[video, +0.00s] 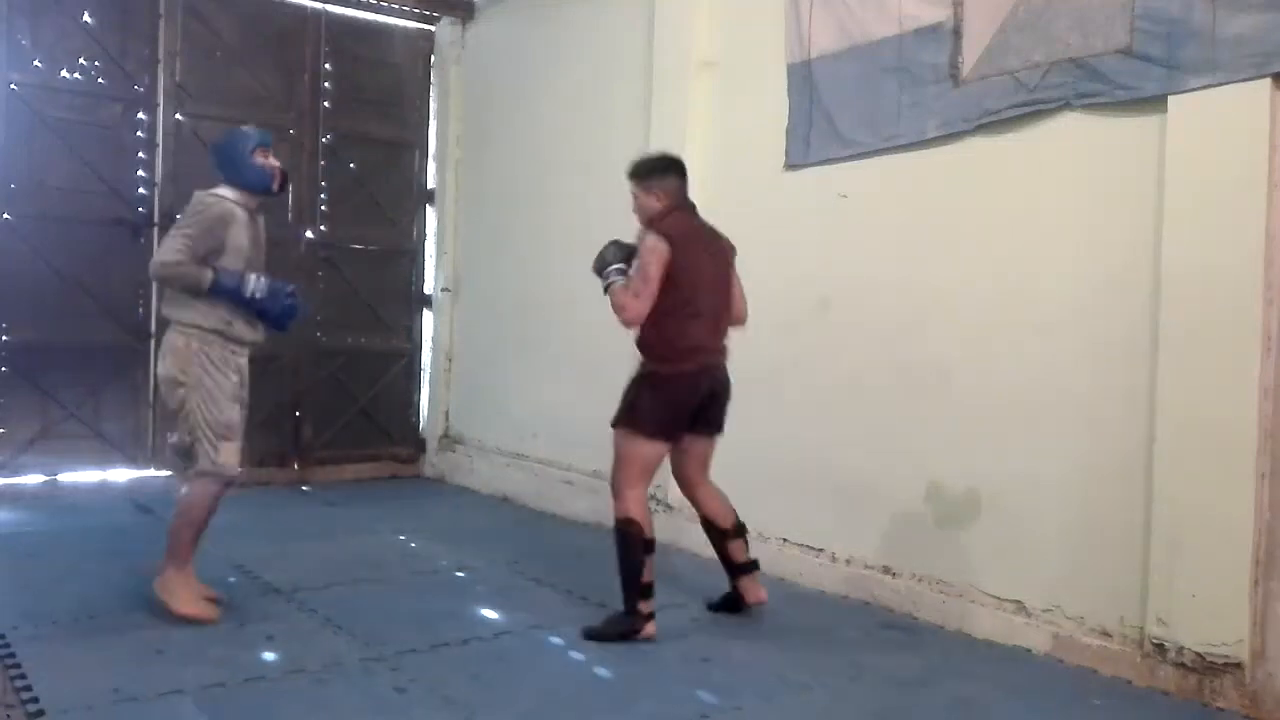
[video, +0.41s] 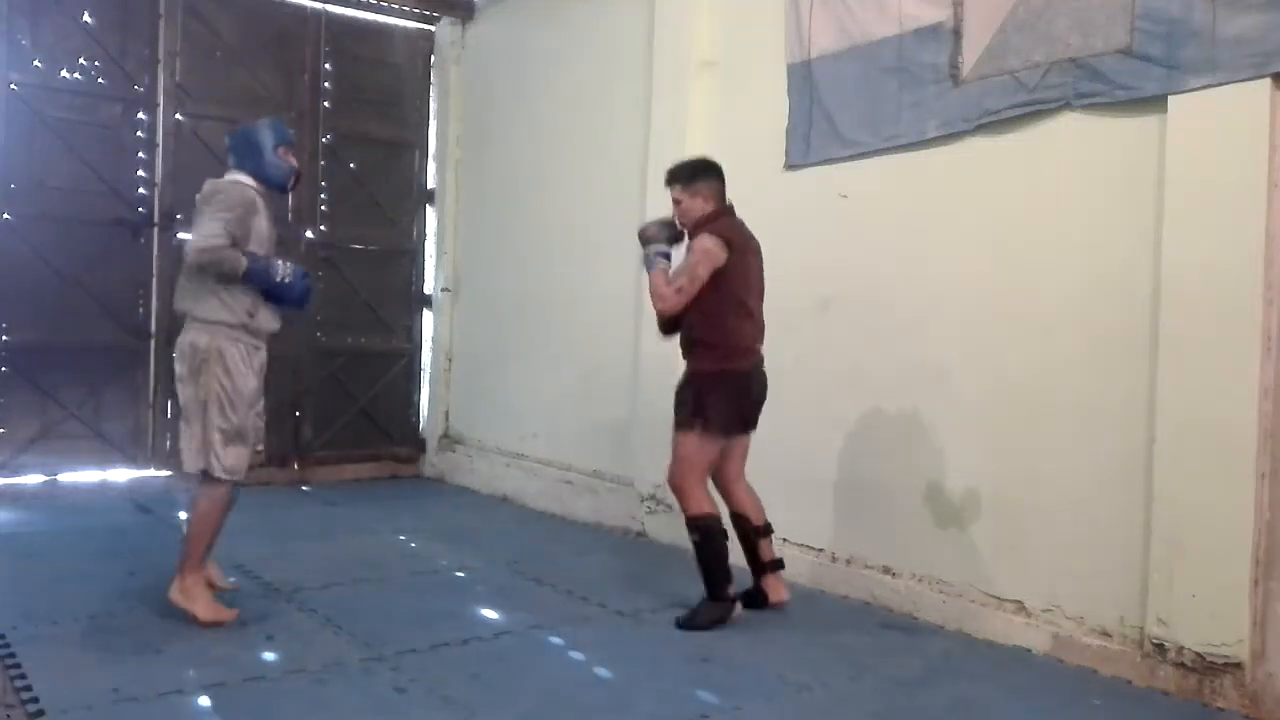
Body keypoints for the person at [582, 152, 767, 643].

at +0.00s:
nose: (634, 208)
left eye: (637, 199)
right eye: (633, 199)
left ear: (657, 195)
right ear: (678, 194)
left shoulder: (659, 239)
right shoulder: (715, 240)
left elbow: (632, 313)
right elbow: (737, 314)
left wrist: (613, 274)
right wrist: (678, 300)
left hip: (663, 381)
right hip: (711, 380)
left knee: (629, 487)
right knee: (694, 478)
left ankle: (638, 614)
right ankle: (748, 586)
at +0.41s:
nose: (675, 210)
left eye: (679, 201)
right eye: (673, 202)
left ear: (705, 197)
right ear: (712, 199)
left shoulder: (711, 238)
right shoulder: (740, 234)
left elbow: (667, 303)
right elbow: (705, 298)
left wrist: (656, 256)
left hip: (712, 377)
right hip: (745, 376)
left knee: (686, 479)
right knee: (731, 477)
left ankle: (719, 597)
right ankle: (770, 584)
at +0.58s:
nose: (677, 210)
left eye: (682, 200)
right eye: (676, 201)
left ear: (709, 196)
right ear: (710, 197)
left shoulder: (724, 240)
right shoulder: (736, 232)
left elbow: (731, 311)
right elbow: (731, 302)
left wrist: (679, 295)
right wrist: (685, 301)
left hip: (713, 368)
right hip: (743, 368)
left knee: (657, 457)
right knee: (733, 471)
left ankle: (694, 571)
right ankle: (769, 579)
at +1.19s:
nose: (643, 203)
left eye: (648, 193)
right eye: (643, 193)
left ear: (675, 194)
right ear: (682, 196)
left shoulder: (675, 240)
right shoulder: (709, 238)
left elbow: (652, 315)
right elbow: (693, 309)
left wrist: (620, 289)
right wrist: (639, 303)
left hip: (662, 380)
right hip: (698, 379)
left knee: (635, 483)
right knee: (697, 478)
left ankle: (661, 603)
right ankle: (754, 575)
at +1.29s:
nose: (635, 186)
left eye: (640, 177)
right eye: (636, 177)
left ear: (663, 178)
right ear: (678, 179)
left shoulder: (660, 220)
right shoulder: (709, 227)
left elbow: (644, 296)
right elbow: (716, 308)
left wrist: (608, 269)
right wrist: (644, 299)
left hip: (656, 362)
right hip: (693, 360)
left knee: (648, 478)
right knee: (669, 469)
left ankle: (658, 598)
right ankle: (709, 570)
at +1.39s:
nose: (632, 187)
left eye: (636, 178)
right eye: (632, 178)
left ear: (658, 178)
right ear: (675, 179)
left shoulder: (654, 217)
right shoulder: (708, 227)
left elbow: (606, 287)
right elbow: (719, 306)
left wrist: (582, 249)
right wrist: (665, 282)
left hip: (652, 360)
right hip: (688, 359)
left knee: (650, 480)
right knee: (646, 476)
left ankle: (671, 596)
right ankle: (643, 588)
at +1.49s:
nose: (635, 203)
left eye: (641, 195)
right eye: (636, 194)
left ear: (663, 196)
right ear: (678, 198)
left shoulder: (647, 243)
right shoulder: (709, 250)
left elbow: (577, 283)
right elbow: (718, 322)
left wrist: (545, 240)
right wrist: (668, 294)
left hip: (641, 381)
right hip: (676, 383)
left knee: (618, 488)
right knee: (622, 486)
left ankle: (668, 595)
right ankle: (619, 600)